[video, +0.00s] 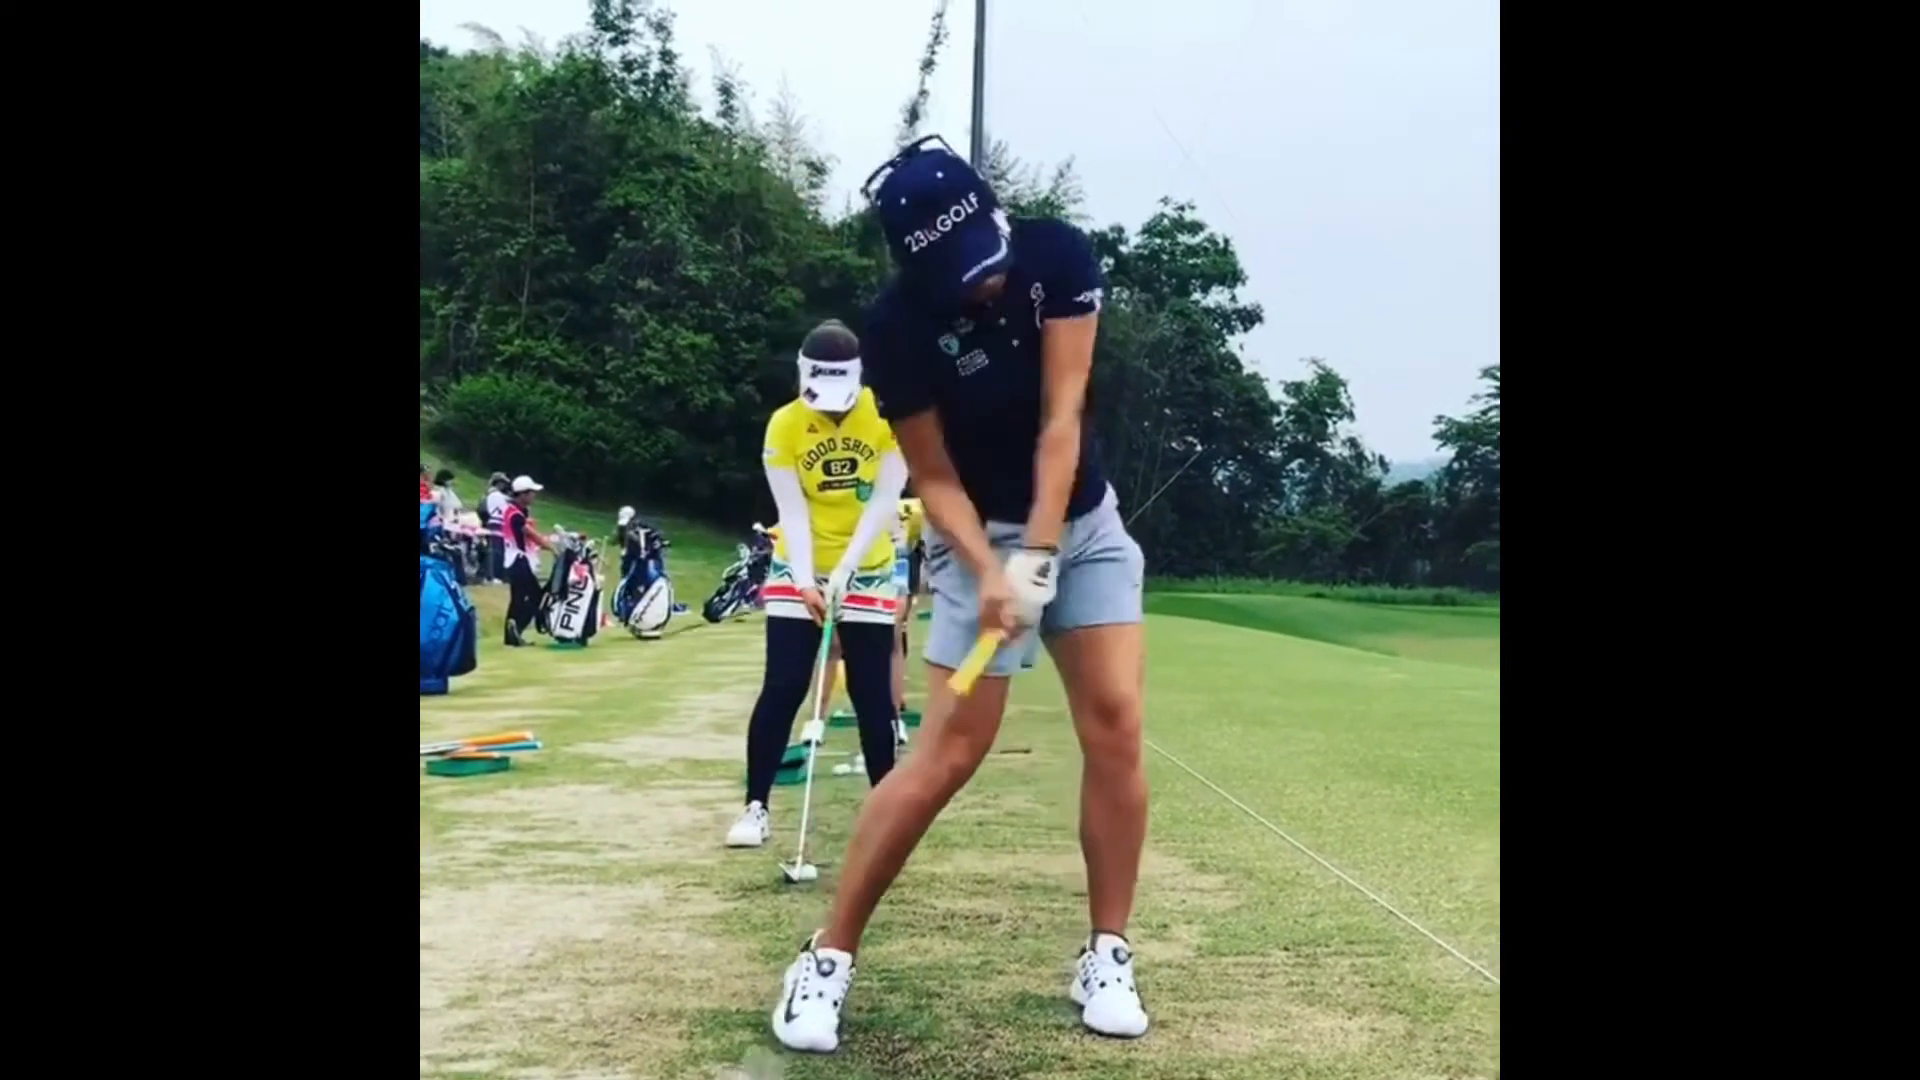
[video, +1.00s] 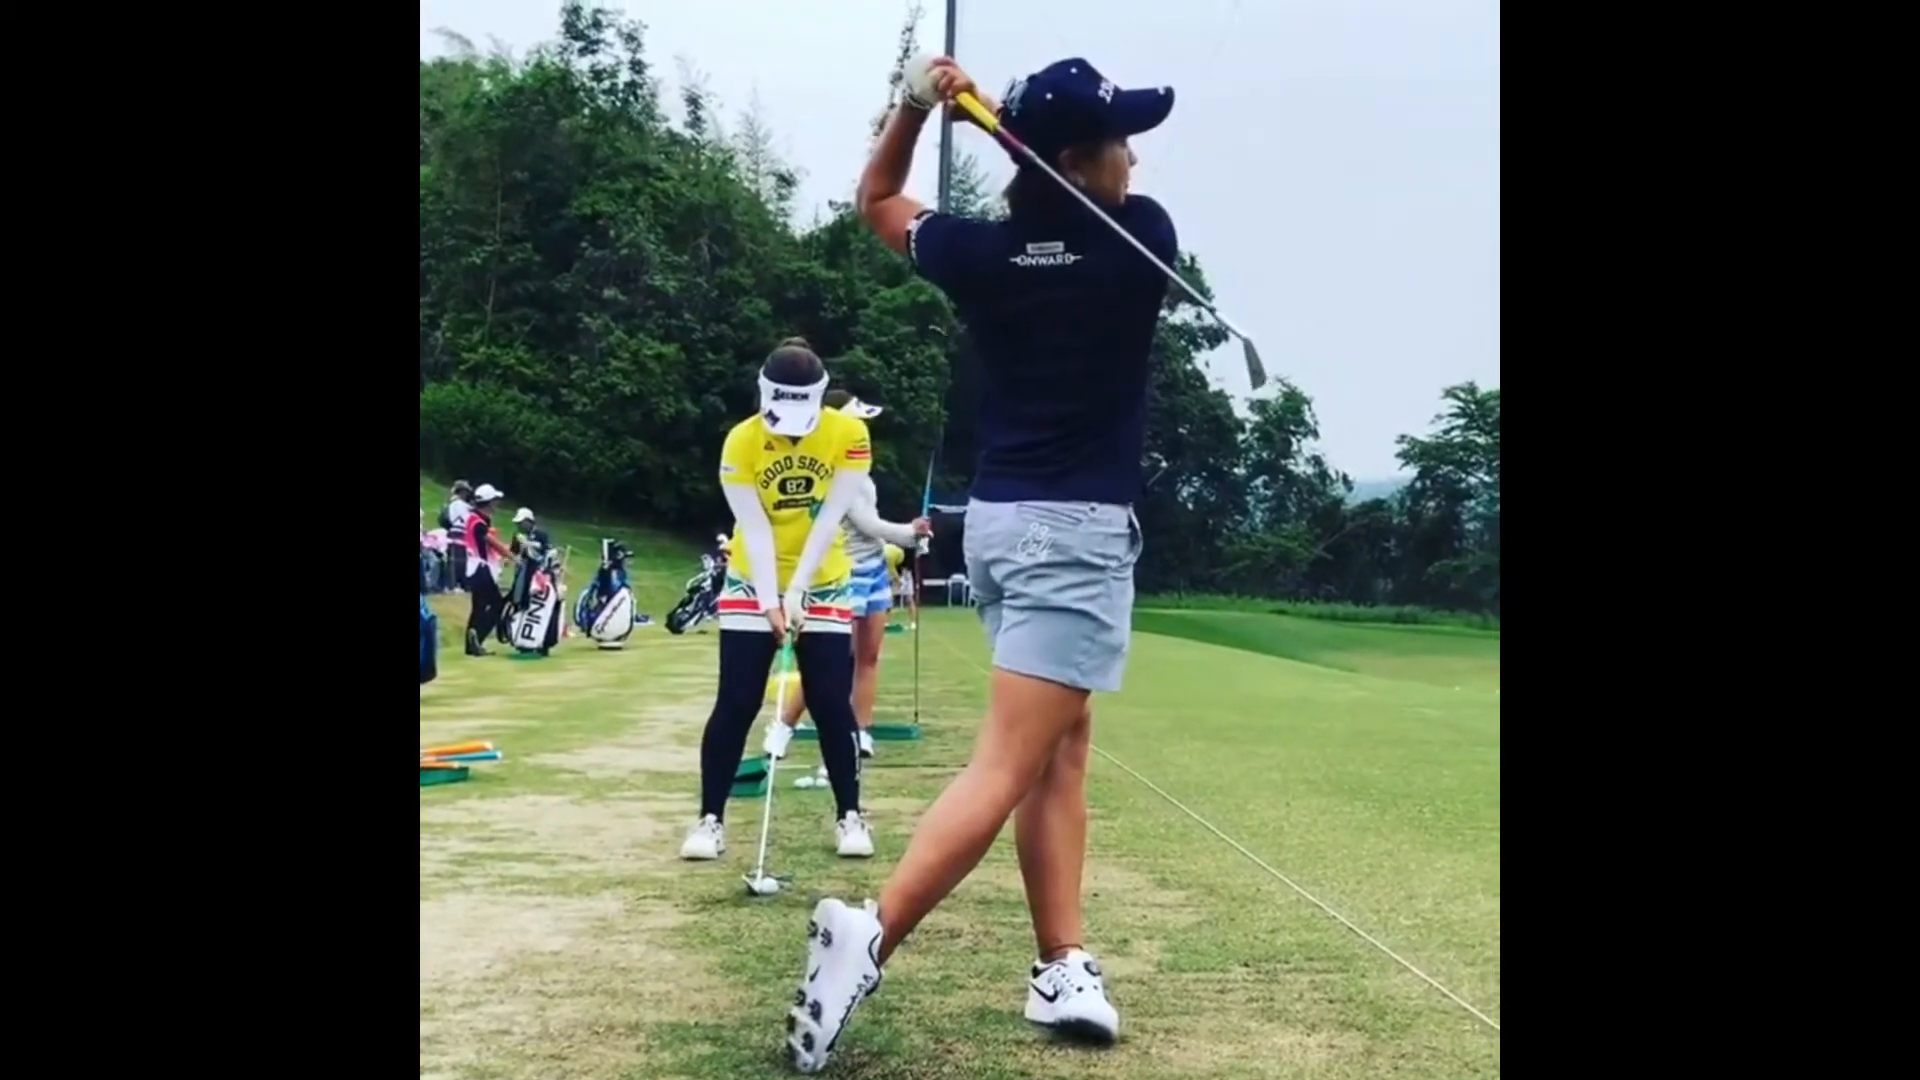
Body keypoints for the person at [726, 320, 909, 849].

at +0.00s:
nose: (830, 405)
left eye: (840, 393)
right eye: (819, 392)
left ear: (859, 376)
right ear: (804, 376)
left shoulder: (887, 416)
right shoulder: (784, 427)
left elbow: (885, 500)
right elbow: (792, 513)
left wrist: (844, 568)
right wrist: (803, 579)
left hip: (869, 569)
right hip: (798, 567)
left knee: (873, 697)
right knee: (783, 687)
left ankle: (889, 811)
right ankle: (755, 807)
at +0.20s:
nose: (823, 407)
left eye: (833, 396)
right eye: (813, 395)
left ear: (852, 380)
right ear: (798, 380)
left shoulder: (885, 419)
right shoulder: (775, 430)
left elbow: (875, 504)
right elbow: (784, 517)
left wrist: (835, 573)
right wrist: (793, 582)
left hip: (861, 572)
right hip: (788, 571)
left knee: (862, 695)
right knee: (770, 690)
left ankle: (872, 806)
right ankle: (740, 808)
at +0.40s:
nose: (801, 411)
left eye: (812, 400)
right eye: (792, 399)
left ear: (830, 384)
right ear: (775, 385)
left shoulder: (859, 420)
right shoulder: (751, 434)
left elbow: (851, 503)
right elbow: (763, 520)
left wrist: (814, 577)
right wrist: (774, 585)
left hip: (839, 575)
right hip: (765, 574)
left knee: (846, 696)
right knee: (752, 694)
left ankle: (863, 808)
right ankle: (728, 812)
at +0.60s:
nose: (798, 417)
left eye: (808, 406)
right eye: (788, 405)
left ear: (827, 389)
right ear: (772, 389)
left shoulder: (859, 426)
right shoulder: (750, 439)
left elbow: (845, 507)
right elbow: (761, 522)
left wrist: (808, 578)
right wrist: (770, 587)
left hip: (834, 578)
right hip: (761, 577)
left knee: (839, 698)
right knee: (747, 696)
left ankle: (857, 811)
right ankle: (721, 814)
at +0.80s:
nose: (800, 421)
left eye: (810, 410)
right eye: (790, 409)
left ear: (831, 394)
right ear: (775, 394)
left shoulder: (862, 431)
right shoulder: (753, 442)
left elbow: (844, 513)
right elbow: (764, 526)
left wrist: (808, 582)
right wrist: (774, 594)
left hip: (835, 579)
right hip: (764, 577)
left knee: (837, 696)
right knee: (746, 696)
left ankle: (852, 814)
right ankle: (715, 815)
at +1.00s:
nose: (788, 424)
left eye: (799, 413)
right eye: (779, 412)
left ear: (819, 396)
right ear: (764, 395)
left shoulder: (849, 433)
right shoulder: (740, 444)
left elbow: (833, 513)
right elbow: (754, 528)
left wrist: (798, 586)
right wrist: (768, 597)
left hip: (823, 585)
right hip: (750, 582)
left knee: (831, 702)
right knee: (736, 701)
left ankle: (849, 816)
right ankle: (710, 820)